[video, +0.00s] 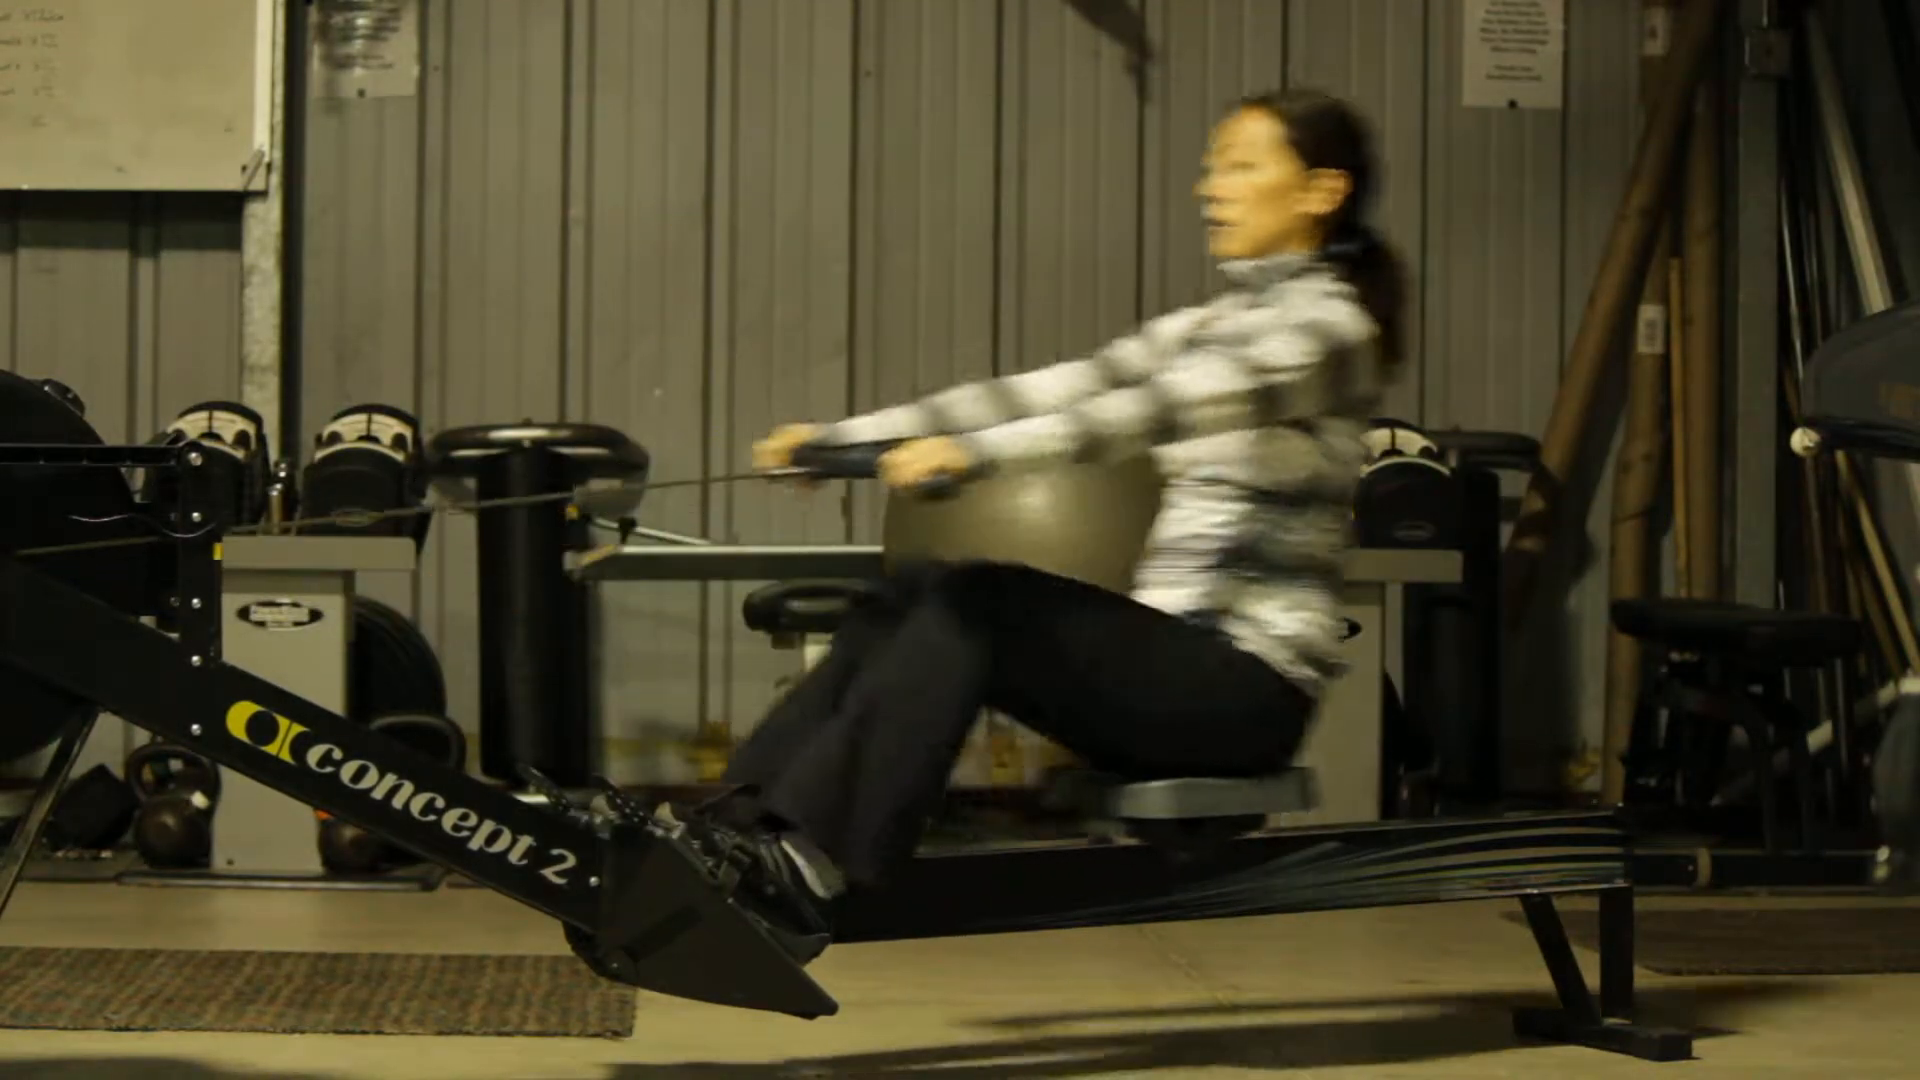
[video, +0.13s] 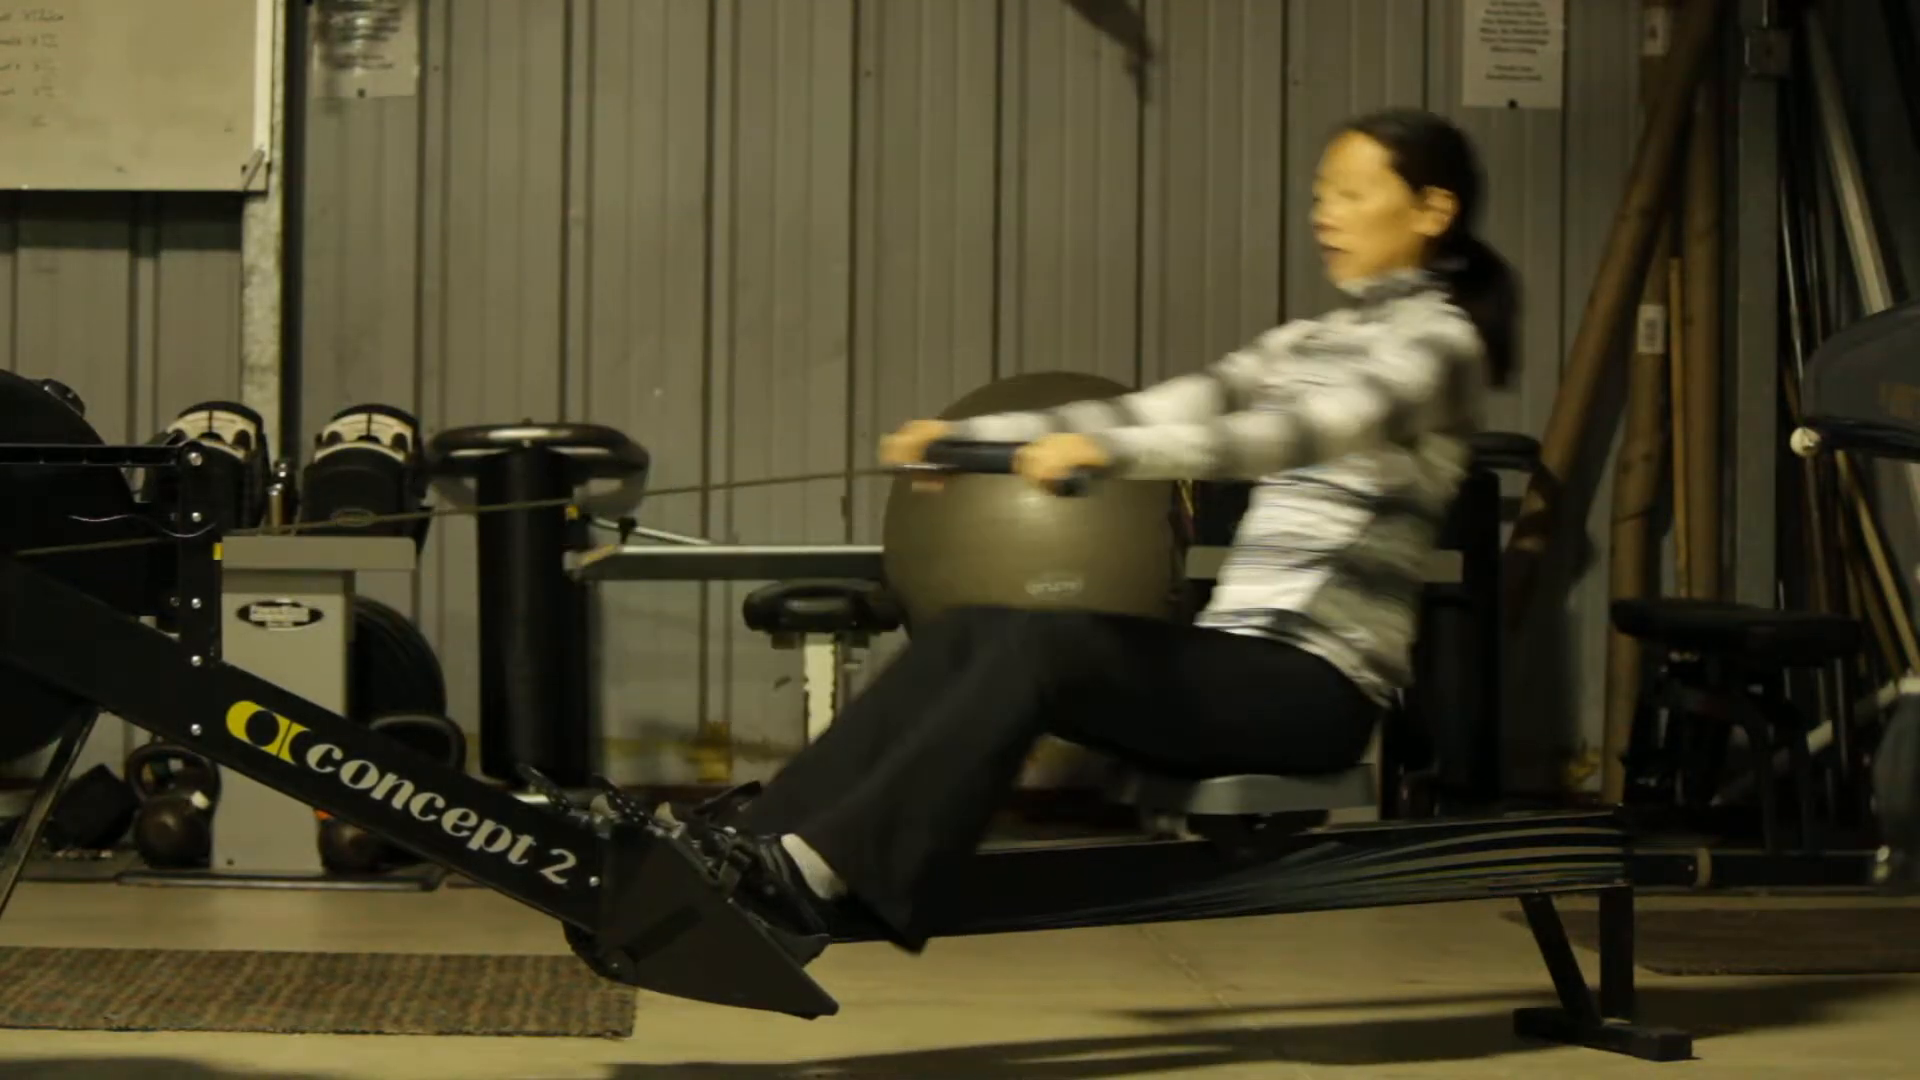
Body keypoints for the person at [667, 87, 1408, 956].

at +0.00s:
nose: (1209, 189)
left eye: (1239, 168)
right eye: (1213, 169)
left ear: (1324, 191)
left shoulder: (1327, 322)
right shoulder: (1217, 319)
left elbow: (1161, 405)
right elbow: (1057, 388)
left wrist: (980, 450)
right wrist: (849, 438)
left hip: (1250, 685)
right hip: (1171, 664)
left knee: (967, 602)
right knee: (904, 596)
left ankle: (815, 868)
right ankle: (734, 830)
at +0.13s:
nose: (1322, 216)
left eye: (1349, 193)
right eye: (1322, 195)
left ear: (1433, 212)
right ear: (1320, 212)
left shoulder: (1437, 337)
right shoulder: (1313, 335)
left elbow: (1306, 428)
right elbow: (1180, 401)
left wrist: (1114, 446)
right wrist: (975, 443)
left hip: (1320, 680)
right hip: (1232, 660)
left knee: (1030, 647)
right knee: (961, 634)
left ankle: (818, 877)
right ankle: (759, 836)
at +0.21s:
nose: (1383, 243)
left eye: (1406, 223)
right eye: (1380, 224)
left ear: (1488, 233)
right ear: (1387, 235)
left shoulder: (1498, 355)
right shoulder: (1367, 357)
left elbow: (1412, 463)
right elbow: (1237, 445)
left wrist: (1208, 462)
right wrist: (1050, 459)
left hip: (1360, 680)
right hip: (1268, 656)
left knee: (1050, 681)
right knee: (987, 671)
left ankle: (812, 886)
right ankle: (749, 846)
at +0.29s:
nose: (1425, 274)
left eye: (1447, 254)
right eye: (1422, 253)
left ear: (1528, 260)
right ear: (1442, 260)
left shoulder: (1547, 382)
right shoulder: (1424, 381)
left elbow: (1495, 518)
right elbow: (1310, 500)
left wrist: (1297, 489)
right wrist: (1152, 489)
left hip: (1377, 683)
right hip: (1291, 656)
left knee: (1074, 713)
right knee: (1011, 692)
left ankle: (816, 890)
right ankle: (756, 847)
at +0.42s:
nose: (1462, 309)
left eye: (1482, 285)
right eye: (1457, 287)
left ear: (1560, 289)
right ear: (1479, 292)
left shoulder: (1591, 414)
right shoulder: (1470, 407)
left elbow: (1600, 579)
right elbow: (1401, 534)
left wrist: (1426, 507)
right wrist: (1266, 503)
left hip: (1386, 686)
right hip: (1300, 659)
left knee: (1095, 732)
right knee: (1037, 709)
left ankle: (802, 884)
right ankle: (764, 851)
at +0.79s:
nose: (1380, 275)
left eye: (1397, 252)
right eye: (1372, 253)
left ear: (1480, 242)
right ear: (1385, 252)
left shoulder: (1529, 372)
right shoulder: (1401, 365)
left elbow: (1526, 558)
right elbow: (1339, 524)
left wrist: (1337, 534)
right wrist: (1192, 529)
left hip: (1394, 681)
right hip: (1305, 657)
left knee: (1106, 738)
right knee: (1041, 720)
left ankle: (818, 887)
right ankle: (754, 848)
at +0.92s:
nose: (1258, 229)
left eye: (1282, 202)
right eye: (1254, 203)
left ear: (1365, 204)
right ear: (1255, 208)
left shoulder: (1411, 334)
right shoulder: (1275, 342)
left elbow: (1335, 524)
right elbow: (1175, 492)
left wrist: (1151, 595)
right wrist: (1009, 577)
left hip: (1363, 668)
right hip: (1258, 649)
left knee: (1076, 707)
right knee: (1023, 682)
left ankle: (833, 895)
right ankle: (785, 852)